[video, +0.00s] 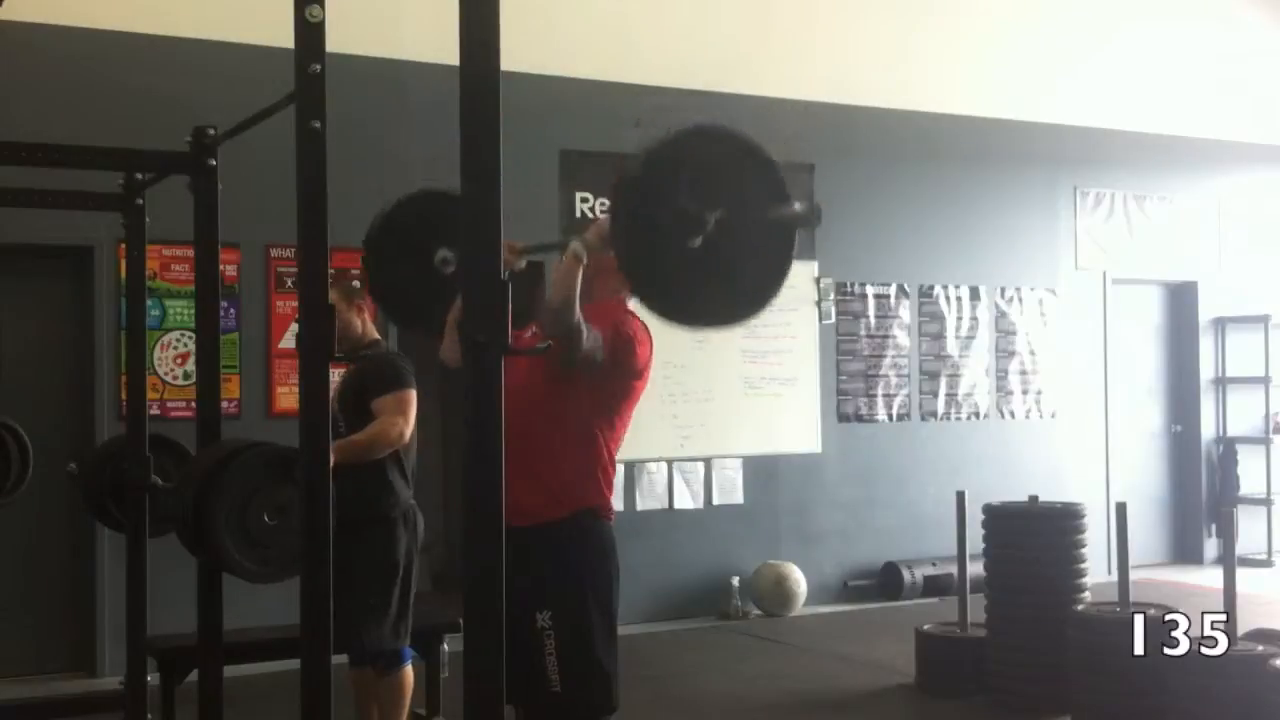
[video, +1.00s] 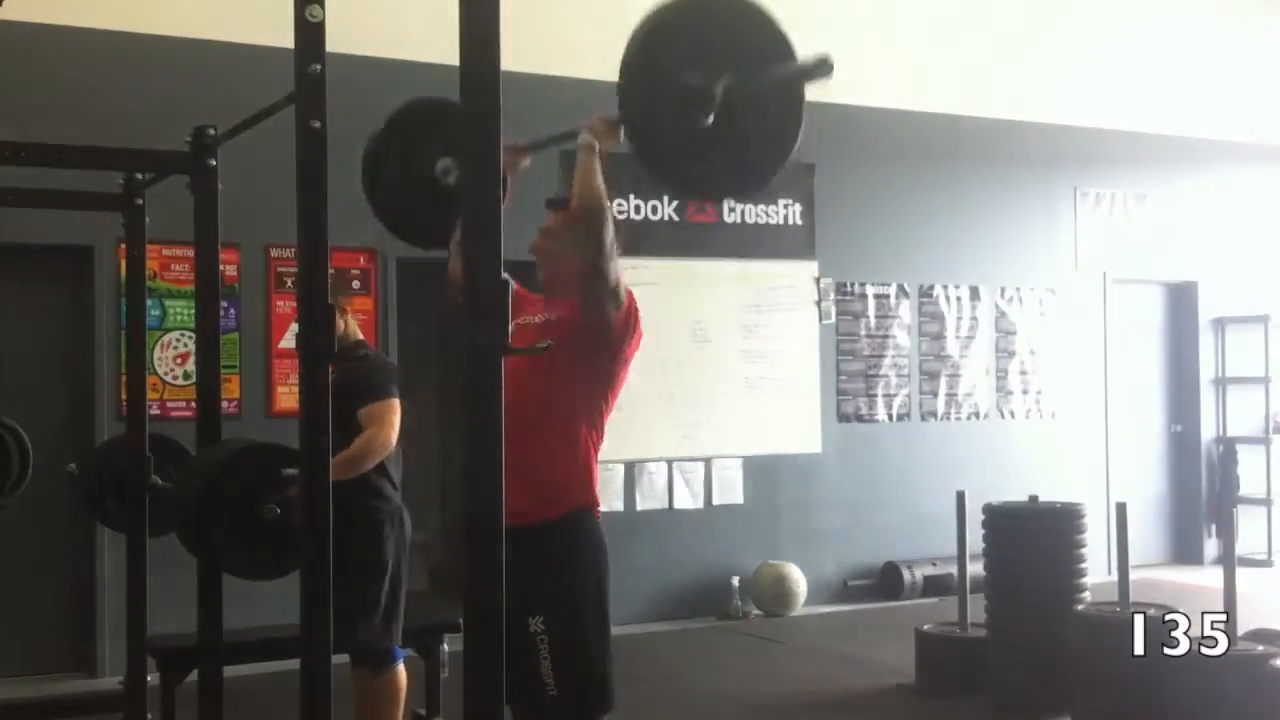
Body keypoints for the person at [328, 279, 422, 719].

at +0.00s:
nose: (331, 327)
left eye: (335, 316)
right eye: (328, 318)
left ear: (363, 310)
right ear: (352, 315)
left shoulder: (387, 364)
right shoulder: (357, 369)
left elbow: (397, 428)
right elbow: (348, 430)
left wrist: (332, 452)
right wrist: (325, 451)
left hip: (387, 517)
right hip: (359, 515)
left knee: (386, 644)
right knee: (361, 644)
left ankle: (394, 719)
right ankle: (369, 717)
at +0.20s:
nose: (327, 324)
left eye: (332, 312)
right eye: (325, 315)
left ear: (358, 309)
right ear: (343, 314)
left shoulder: (385, 367)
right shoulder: (351, 372)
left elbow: (396, 428)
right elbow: (346, 432)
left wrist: (332, 452)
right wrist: (325, 454)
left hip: (386, 516)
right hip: (358, 514)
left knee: (388, 644)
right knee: (363, 644)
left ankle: (393, 718)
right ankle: (370, 715)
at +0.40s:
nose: (324, 322)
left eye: (330, 310)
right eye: (321, 312)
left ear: (355, 309)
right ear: (338, 313)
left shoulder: (384, 359)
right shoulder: (345, 370)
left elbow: (395, 429)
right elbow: (340, 431)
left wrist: (329, 450)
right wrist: (317, 452)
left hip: (385, 514)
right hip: (355, 512)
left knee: (387, 645)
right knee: (364, 644)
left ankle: (392, 719)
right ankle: (369, 717)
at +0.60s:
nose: (321, 324)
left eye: (327, 312)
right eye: (319, 314)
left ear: (352, 310)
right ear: (338, 313)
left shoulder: (382, 362)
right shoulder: (341, 369)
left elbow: (395, 427)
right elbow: (335, 428)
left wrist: (327, 449)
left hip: (384, 517)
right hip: (351, 515)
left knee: (387, 645)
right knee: (360, 644)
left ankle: (393, 718)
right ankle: (368, 715)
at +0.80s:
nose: (318, 330)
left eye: (324, 318)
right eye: (314, 321)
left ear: (346, 313)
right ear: (325, 318)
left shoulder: (379, 366)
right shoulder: (337, 371)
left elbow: (392, 435)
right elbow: (331, 430)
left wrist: (325, 454)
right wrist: (307, 457)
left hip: (379, 516)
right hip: (349, 514)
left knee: (383, 646)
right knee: (361, 646)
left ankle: (391, 718)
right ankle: (369, 716)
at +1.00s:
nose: (315, 331)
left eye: (321, 319)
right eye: (311, 321)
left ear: (342, 315)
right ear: (327, 318)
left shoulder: (369, 366)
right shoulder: (327, 370)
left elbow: (382, 436)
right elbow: (326, 438)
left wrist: (319, 474)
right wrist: (299, 478)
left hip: (374, 513)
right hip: (344, 511)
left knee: (377, 646)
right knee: (360, 645)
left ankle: (388, 718)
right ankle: (368, 717)